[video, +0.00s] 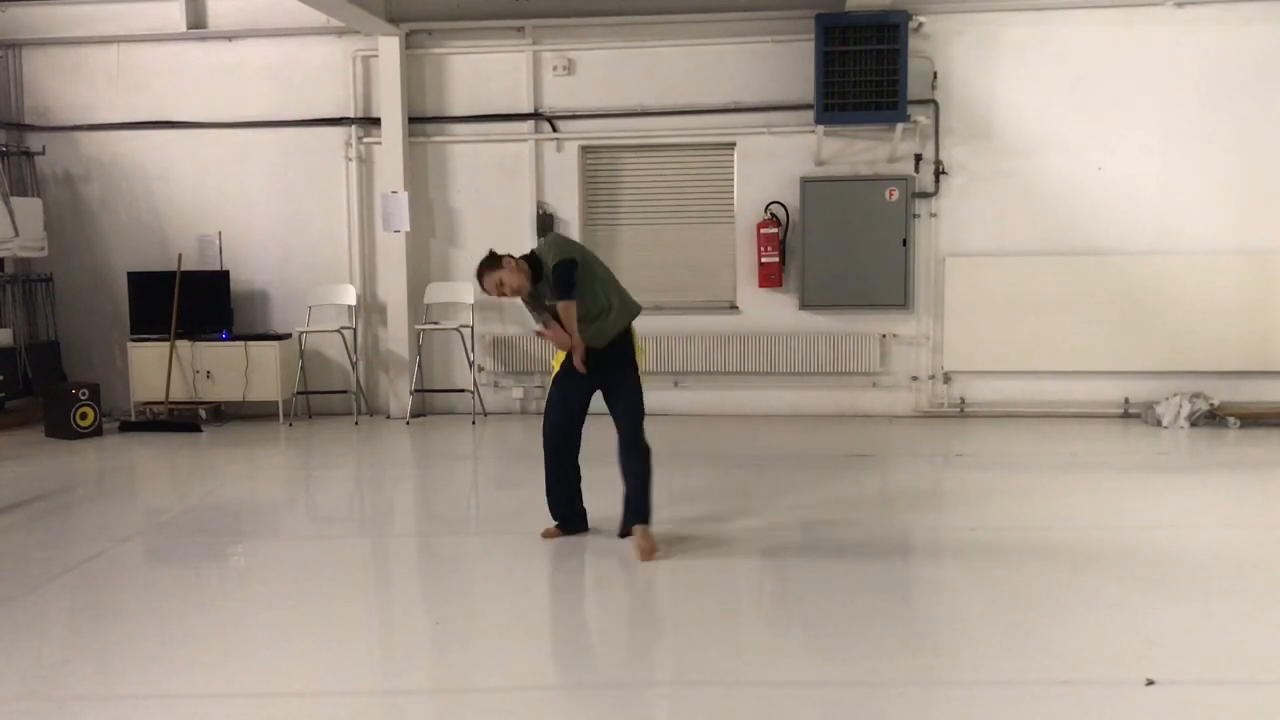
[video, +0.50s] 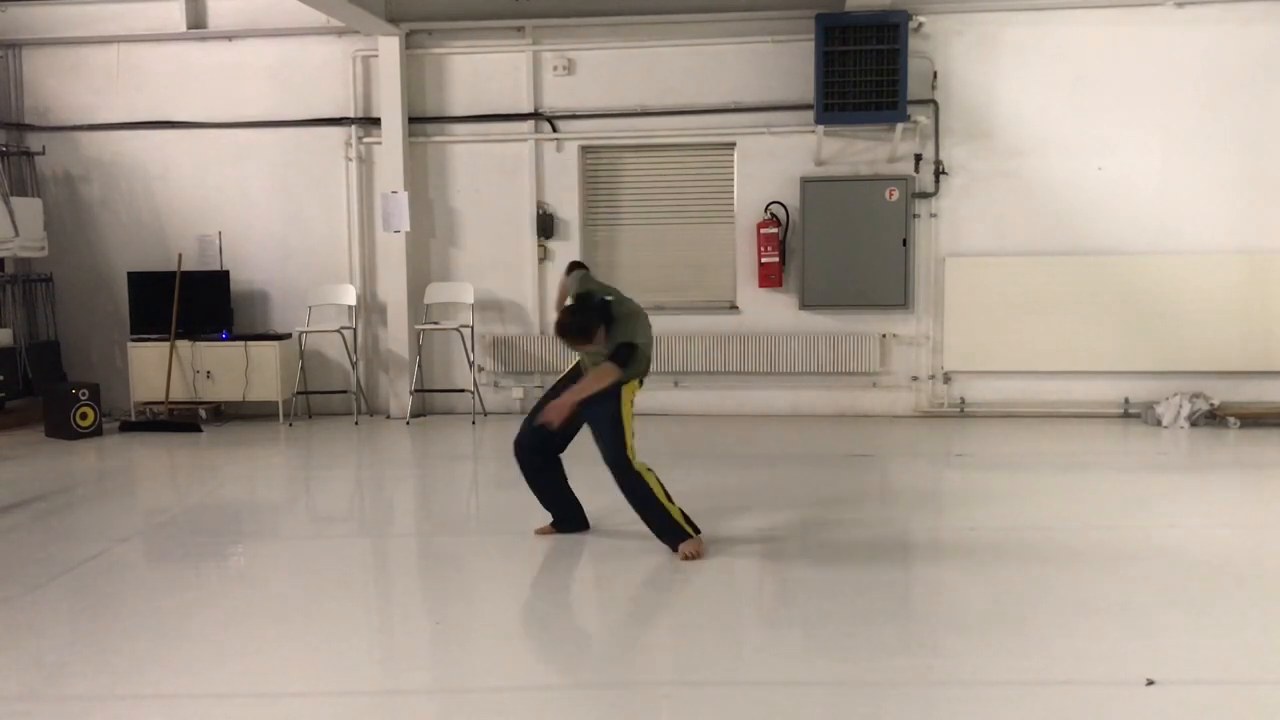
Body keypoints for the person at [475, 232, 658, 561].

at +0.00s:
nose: (507, 292)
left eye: (501, 283)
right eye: (501, 293)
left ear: (510, 262)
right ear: (504, 295)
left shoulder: (553, 248)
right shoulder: (535, 298)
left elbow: (564, 285)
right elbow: (555, 330)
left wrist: (576, 339)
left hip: (615, 342)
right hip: (578, 353)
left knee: (631, 432)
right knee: (557, 433)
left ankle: (638, 523)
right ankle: (571, 519)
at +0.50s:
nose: (582, 350)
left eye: (585, 345)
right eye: (577, 346)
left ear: (598, 330)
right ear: (568, 314)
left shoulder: (630, 320)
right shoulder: (583, 295)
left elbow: (615, 368)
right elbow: (574, 268)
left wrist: (567, 401)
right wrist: (560, 305)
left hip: (615, 384)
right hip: (584, 373)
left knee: (621, 463)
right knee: (530, 445)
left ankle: (682, 535)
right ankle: (569, 518)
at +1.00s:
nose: (689, 272)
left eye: (697, 280)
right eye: (694, 270)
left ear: (690, 302)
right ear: (678, 274)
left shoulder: (668, 327)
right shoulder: (633, 288)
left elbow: (692, 378)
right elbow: (606, 324)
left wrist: (727, 421)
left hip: (591, 388)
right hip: (560, 370)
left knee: (619, 471)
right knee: (520, 459)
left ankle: (680, 540)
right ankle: (567, 518)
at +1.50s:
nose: (584, 292)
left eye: (586, 285)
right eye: (583, 289)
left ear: (601, 278)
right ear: (601, 291)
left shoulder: (629, 262)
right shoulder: (612, 334)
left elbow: (648, 287)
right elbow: (582, 376)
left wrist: (667, 326)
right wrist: (530, 387)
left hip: (653, 367)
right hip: (617, 376)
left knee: (651, 465)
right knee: (572, 451)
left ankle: (688, 541)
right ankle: (570, 523)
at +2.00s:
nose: (573, 318)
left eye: (573, 313)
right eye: (568, 315)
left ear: (581, 298)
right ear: (580, 289)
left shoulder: (620, 302)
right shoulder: (602, 293)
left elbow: (590, 342)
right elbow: (597, 335)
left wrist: (549, 344)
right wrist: (560, 349)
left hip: (662, 394)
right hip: (621, 388)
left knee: (669, 461)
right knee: (564, 445)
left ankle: (691, 539)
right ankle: (570, 521)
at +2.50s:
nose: (771, 381)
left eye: (778, 378)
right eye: (775, 372)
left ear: (770, 367)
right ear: (763, 349)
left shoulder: (725, 384)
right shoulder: (727, 315)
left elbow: (736, 436)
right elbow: (736, 253)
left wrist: (756, 484)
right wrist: (753, 193)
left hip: (653, 387)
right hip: (617, 364)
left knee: (682, 451)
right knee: (570, 447)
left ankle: (669, 539)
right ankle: (566, 521)